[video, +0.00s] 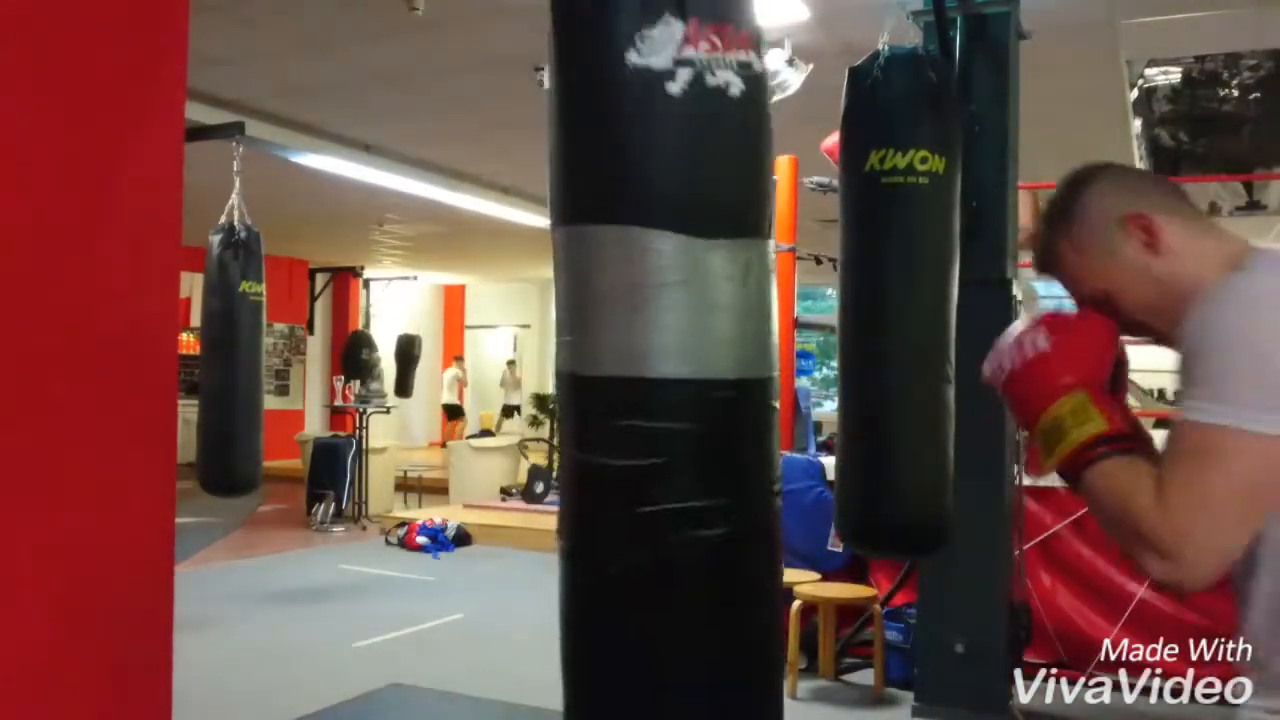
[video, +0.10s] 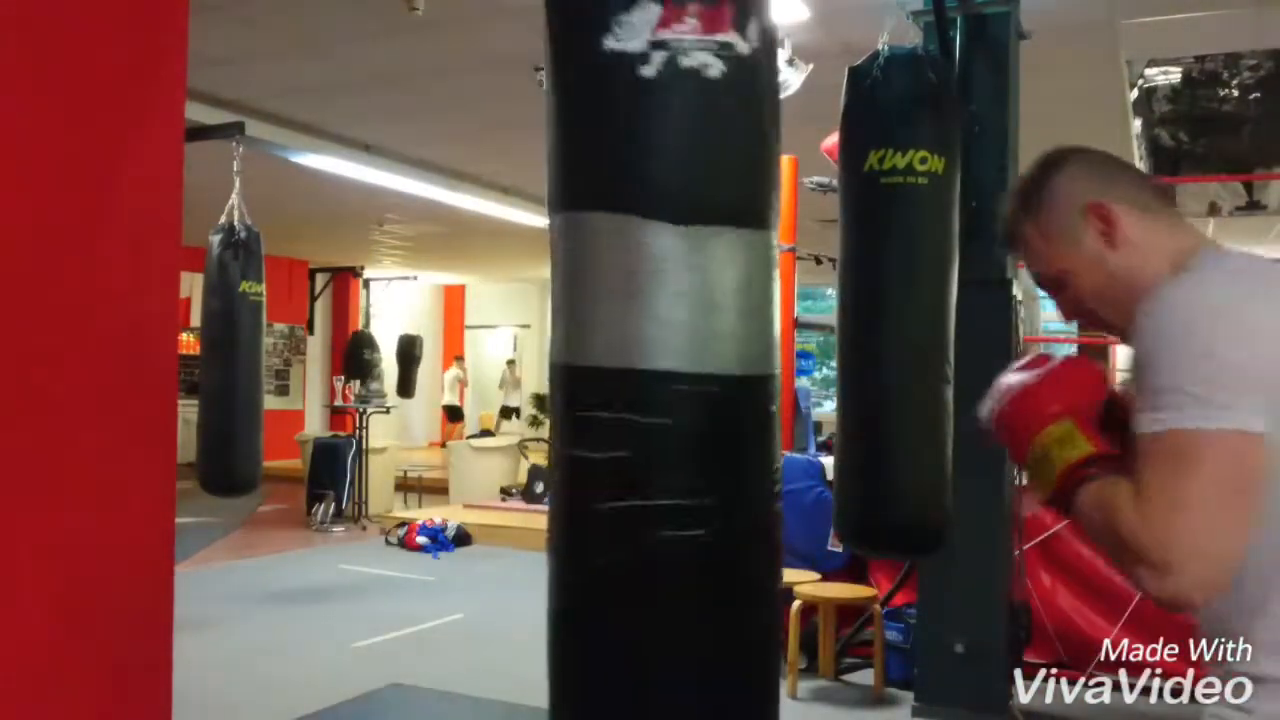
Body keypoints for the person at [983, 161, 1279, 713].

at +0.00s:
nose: (1121, 328)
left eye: (1106, 301)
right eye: (1099, 311)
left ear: (1147, 235)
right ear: (1150, 234)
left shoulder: (1249, 312)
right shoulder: (1255, 301)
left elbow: (1182, 549)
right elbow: (1190, 537)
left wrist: (1063, 412)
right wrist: (1107, 413)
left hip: (1270, 693)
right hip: (1265, 688)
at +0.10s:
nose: (1068, 316)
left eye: (1059, 284)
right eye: (1051, 293)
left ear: (1106, 227)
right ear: (1107, 226)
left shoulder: (1202, 310)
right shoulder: (1247, 290)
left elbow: (1182, 564)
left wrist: (1056, 448)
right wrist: (1124, 433)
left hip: (1258, 691)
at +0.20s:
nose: (1039, 275)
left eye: (1036, 247)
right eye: (1030, 254)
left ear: (1088, 211)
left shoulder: (1162, 294)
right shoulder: (1258, 277)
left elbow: (1072, 510)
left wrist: (945, 448)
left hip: (1252, 687)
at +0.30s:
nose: (1077, 250)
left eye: (1073, 214)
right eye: (1068, 218)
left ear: (1120, 186)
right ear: (1195, 177)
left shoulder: (1149, 285)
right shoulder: (1266, 258)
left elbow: (989, 470)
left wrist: (828, 448)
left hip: (1253, 687)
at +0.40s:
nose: (1124, 219)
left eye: (1125, 192)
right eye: (1121, 195)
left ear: (1173, 179)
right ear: (1249, 175)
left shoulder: (1214, 274)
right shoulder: (1252, 268)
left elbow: (1105, 466)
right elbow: (1113, 452)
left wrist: (908, 470)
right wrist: (925, 469)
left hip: (1258, 686)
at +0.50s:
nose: (1178, 222)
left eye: (1184, 195)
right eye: (1177, 199)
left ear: (1239, 187)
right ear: (1241, 188)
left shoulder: (1259, 302)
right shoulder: (1254, 302)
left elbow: (1254, 511)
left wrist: (1031, 500)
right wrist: (1222, 469)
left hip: (1266, 690)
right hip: (1261, 682)